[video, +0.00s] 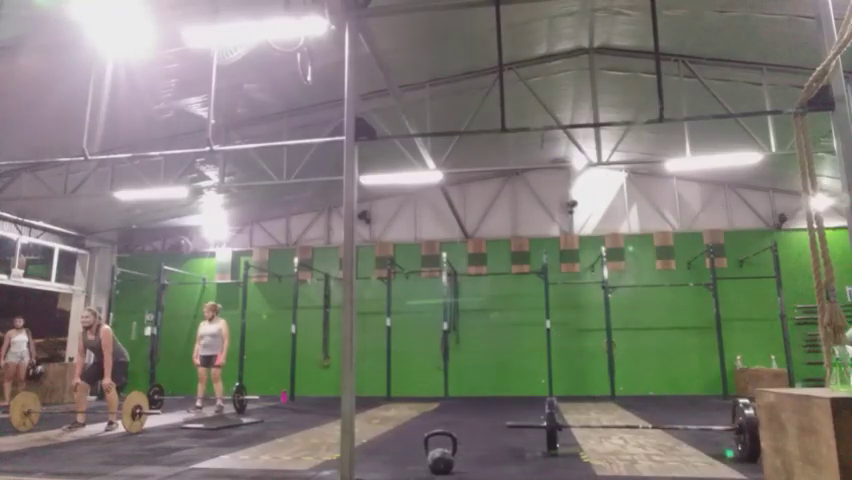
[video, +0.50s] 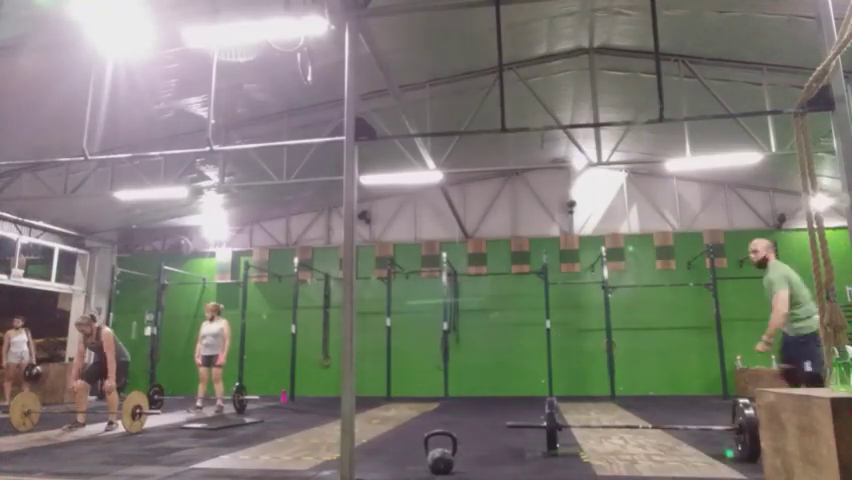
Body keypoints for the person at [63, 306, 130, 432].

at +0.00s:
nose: (83, 320)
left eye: (87, 317)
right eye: (82, 317)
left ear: (95, 318)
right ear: (80, 319)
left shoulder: (104, 330)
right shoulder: (83, 334)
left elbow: (108, 355)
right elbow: (81, 355)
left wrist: (107, 377)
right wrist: (77, 376)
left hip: (118, 361)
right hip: (101, 361)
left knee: (108, 385)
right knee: (81, 384)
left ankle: (112, 420)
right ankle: (80, 420)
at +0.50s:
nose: (82, 332)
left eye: (83, 329)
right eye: (80, 330)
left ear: (91, 325)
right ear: (80, 329)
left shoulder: (105, 333)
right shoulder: (84, 336)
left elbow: (111, 357)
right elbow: (80, 357)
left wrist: (111, 379)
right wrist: (74, 379)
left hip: (119, 360)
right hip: (102, 361)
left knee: (109, 387)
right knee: (81, 385)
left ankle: (112, 421)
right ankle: (80, 420)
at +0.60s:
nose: (83, 343)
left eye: (84, 340)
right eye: (81, 341)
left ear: (91, 334)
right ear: (79, 338)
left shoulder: (104, 338)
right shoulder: (83, 343)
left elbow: (107, 364)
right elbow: (76, 367)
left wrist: (108, 389)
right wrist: (67, 391)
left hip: (120, 363)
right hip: (102, 364)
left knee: (111, 385)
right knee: (81, 385)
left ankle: (112, 420)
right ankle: (80, 420)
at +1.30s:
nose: (84, 332)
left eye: (87, 329)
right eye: (82, 329)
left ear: (96, 329)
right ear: (81, 330)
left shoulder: (107, 339)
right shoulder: (84, 340)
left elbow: (113, 363)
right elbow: (78, 362)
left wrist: (115, 388)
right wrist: (70, 385)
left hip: (120, 362)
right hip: (102, 362)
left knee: (110, 385)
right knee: (81, 385)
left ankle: (112, 421)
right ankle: (80, 421)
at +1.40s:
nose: (90, 314)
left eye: (93, 311)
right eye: (88, 311)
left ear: (101, 312)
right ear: (87, 312)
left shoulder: (109, 324)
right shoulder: (88, 325)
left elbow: (116, 348)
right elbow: (81, 346)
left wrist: (117, 369)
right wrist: (71, 367)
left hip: (113, 356)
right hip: (99, 356)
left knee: (111, 385)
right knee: (84, 383)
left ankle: (112, 421)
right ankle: (80, 420)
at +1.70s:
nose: (87, 322)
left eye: (90, 319)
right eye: (86, 319)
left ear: (98, 318)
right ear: (85, 318)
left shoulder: (109, 327)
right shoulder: (87, 328)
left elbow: (116, 350)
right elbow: (80, 349)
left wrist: (117, 372)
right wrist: (71, 371)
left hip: (118, 357)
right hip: (101, 357)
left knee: (113, 384)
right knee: (86, 384)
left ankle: (113, 420)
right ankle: (80, 420)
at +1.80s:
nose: (85, 339)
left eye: (87, 336)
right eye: (83, 336)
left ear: (96, 333)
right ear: (82, 335)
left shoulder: (108, 340)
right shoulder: (85, 342)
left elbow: (114, 364)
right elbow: (77, 363)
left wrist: (114, 386)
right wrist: (67, 386)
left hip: (121, 364)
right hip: (102, 365)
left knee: (110, 385)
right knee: (81, 386)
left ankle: (113, 421)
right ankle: (80, 421)